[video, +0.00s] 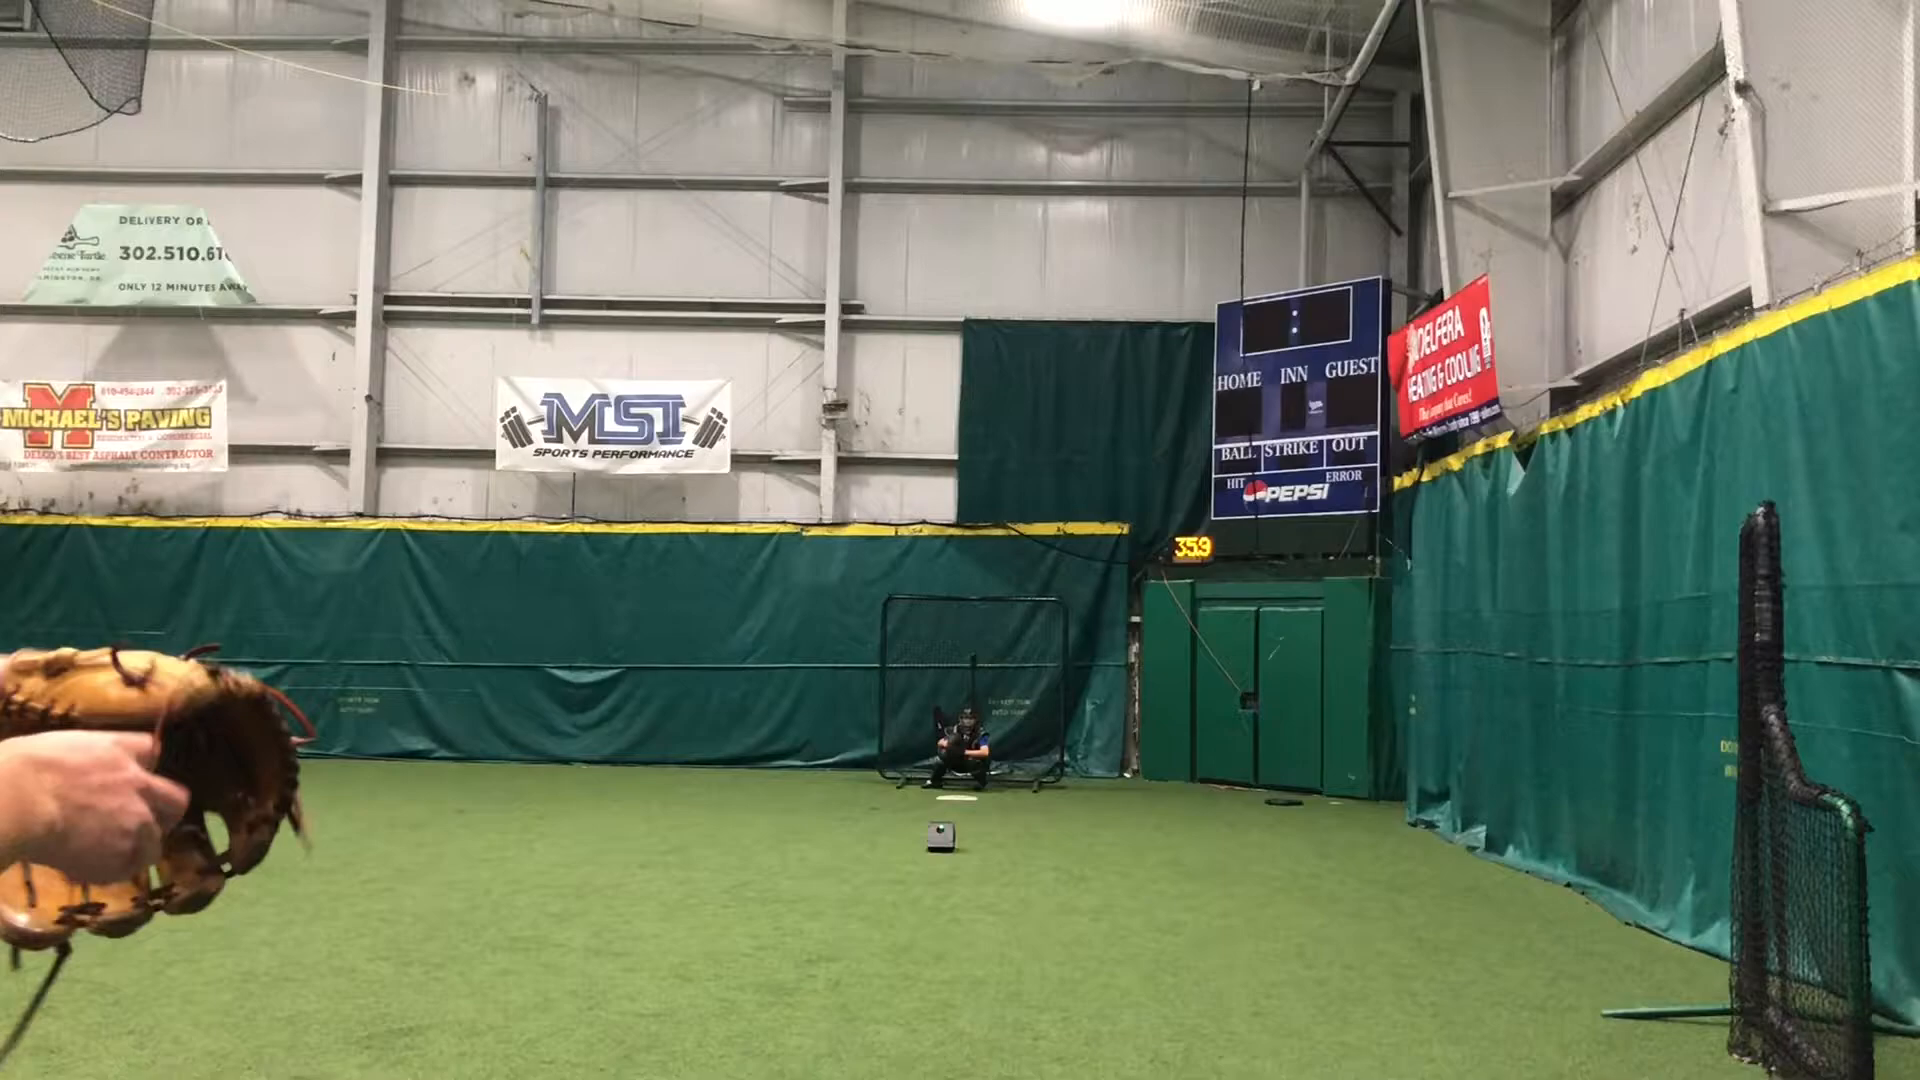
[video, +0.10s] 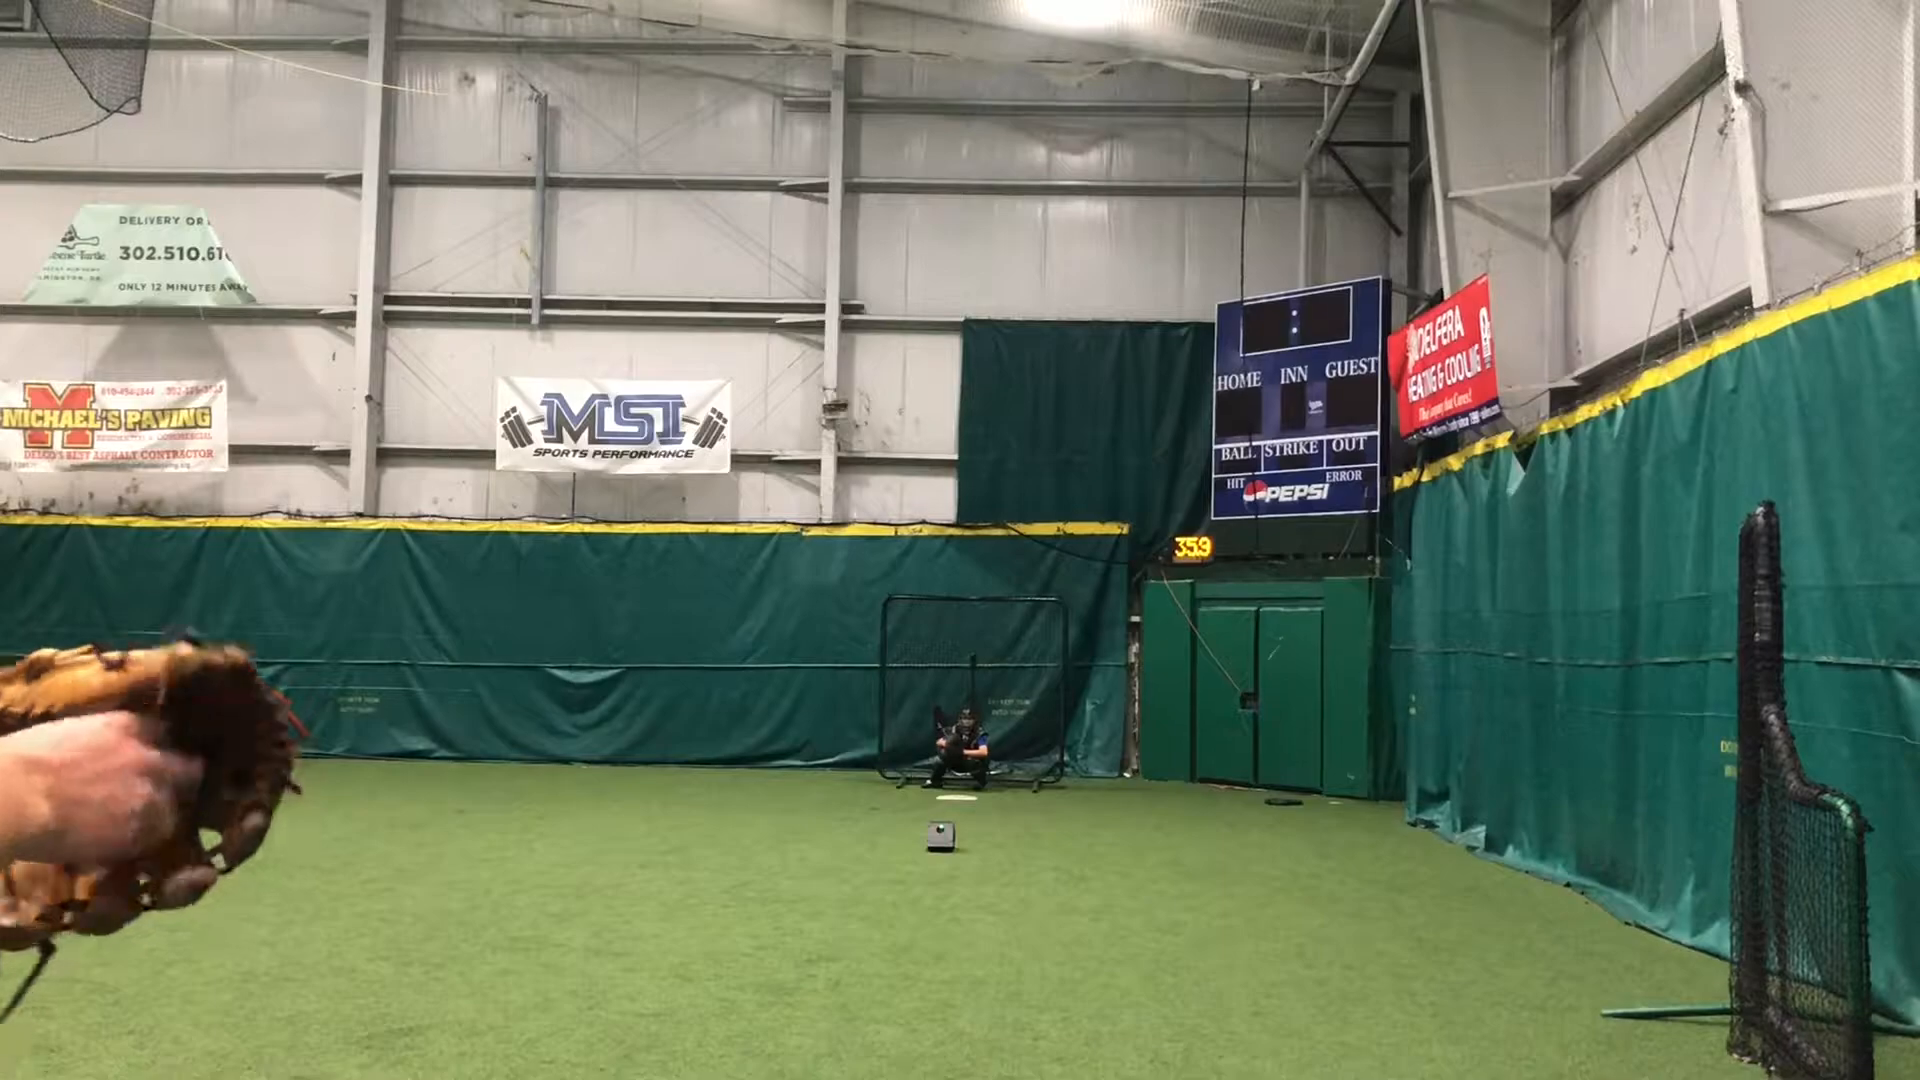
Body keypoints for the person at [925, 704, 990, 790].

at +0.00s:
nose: (967, 722)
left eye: (970, 719)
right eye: (964, 718)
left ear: (975, 720)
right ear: (960, 719)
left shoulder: (981, 734)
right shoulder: (955, 731)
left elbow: (985, 752)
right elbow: (941, 742)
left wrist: (964, 752)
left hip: (972, 761)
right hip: (955, 760)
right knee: (943, 757)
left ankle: (981, 783)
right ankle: (935, 781)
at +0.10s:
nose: (966, 722)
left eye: (969, 719)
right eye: (963, 719)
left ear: (975, 720)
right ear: (959, 720)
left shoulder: (980, 734)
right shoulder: (954, 730)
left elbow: (983, 752)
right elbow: (939, 742)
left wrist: (963, 752)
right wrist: (949, 746)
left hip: (972, 761)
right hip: (955, 759)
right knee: (943, 758)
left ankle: (980, 783)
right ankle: (935, 781)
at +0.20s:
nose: (964, 723)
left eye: (968, 720)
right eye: (962, 719)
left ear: (973, 721)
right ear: (958, 721)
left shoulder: (978, 735)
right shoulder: (954, 732)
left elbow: (982, 752)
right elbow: (937, 742)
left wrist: (961, 752)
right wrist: (948, 746)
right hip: (955, 760)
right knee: (942, 759)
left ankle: (981, 783)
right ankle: (935, 781)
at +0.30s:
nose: (964, 723)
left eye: (967, 721)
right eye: (961, 720)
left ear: (972, 722)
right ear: (958, 721)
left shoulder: (977, 735)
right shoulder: (953, 731)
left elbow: (980, 752)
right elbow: (936, 742)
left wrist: (960, 751)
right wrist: (946, 748)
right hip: (953, 759)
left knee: (971, 764)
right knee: (941, 761)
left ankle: (981, 782)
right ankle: (935, 781)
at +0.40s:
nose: (962, 725)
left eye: (966, 721)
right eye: (960, 721)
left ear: (971, 723)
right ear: (956, 723)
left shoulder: (976, 736)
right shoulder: (951, 733)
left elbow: (978, 752)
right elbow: (935, 743)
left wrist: (957, 750)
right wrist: (944, 748)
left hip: (970, 762)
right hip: (954, 760)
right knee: (940, 759)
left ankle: (981, 783)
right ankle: (935, 781)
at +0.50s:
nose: (962, 724)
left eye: (965, 721)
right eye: (959, 721)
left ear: (970, 723)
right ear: (956, 722)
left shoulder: (975, 734)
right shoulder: (952, 732)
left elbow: (977, 751)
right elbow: (942, 741)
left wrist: (957, 749)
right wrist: (937, 747)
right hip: (954, 758)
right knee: (941, 759)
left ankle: (981, 782)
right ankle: (935, 781)